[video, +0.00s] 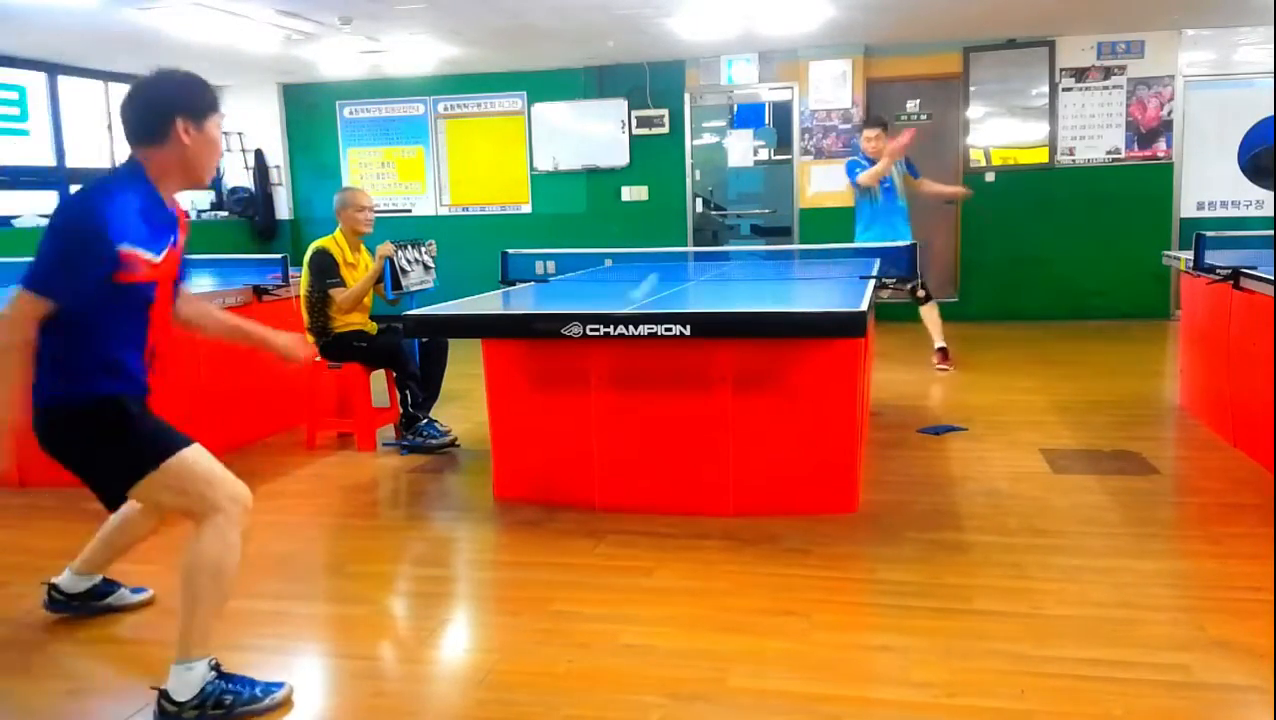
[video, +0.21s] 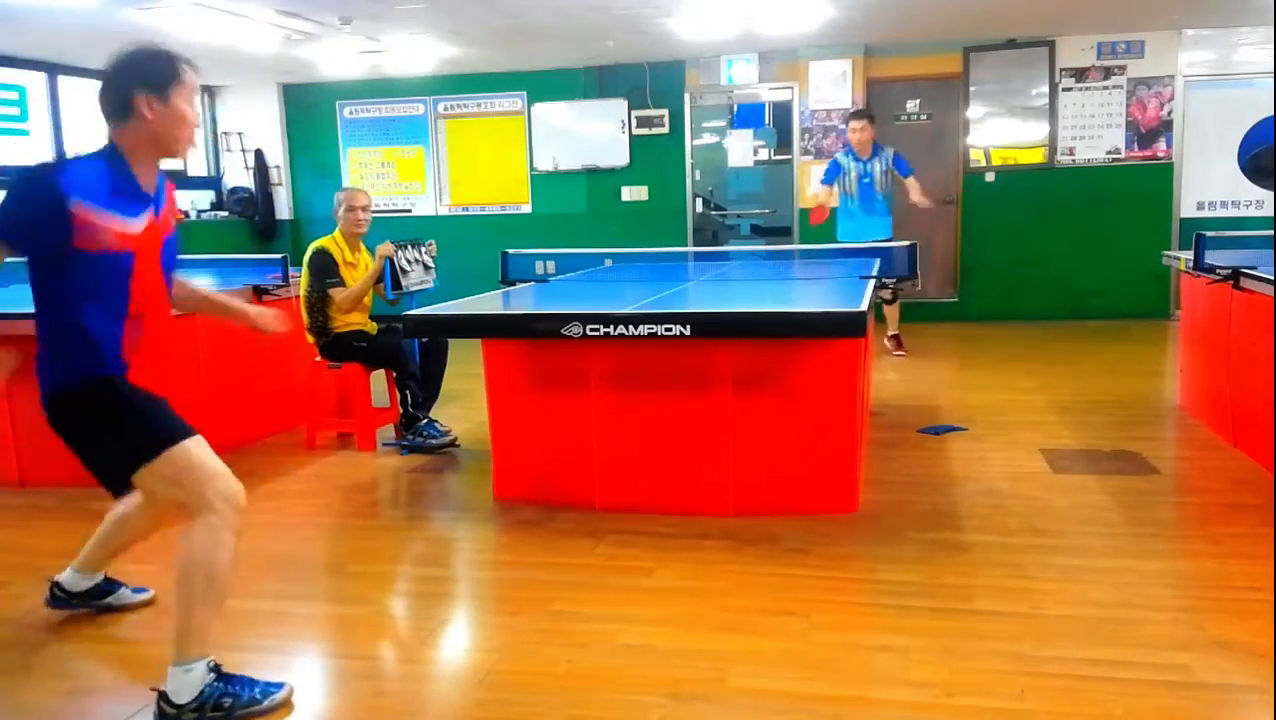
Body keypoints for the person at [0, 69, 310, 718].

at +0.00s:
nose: (221, 145)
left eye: (220, 131)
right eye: (216, 130)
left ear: (175, 134)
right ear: (181, 132)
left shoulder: (169, 218)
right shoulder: (96, 208)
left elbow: (181, 306)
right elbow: (19, 317)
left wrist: (269, 337)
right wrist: (10, 431)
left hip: (115, 402)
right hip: (82, 407)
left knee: (167, 495)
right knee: (227, 502)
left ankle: (74, 584)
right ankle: (191, 680)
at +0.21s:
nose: (197, 118)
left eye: (197, 103)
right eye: (190, 103)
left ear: (148, 109)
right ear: (146, 106)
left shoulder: (159, 196)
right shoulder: (54, 188)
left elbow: (172, 288)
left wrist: (248, 313)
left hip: (110, 380)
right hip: (81, 385)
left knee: (169, 493)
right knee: (219, 498)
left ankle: (77, 581)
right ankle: (189, 682)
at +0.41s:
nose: (124, 62)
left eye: (121, 50)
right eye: (115, 51)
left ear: (59, 62)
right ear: (75, 58)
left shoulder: (19, 133)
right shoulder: (96, 104)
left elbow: (7, 252)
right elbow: (208, 84)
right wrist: (263, 79)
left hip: (51, 345)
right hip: (112, 337)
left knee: (119, 429)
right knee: (216, 490)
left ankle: (54, 552)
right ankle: (110, 631)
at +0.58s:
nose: (108, 121)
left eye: (103, 109)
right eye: (102, 109)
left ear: (32, 126)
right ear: (77, 116)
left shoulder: (6, 197)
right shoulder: (129, 183)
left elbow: (8, 307)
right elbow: (173, 278)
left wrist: (5, 394)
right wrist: (96, 278)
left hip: (45, 400)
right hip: (134, 394)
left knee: (42, 491)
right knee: (256, 501)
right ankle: (262, 642)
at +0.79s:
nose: (158, 80)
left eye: (154, 67)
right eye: (154, 67)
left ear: (89, 78)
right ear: (133, 72)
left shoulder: (50, 160)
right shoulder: (162, 141)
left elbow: (10, 262)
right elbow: (234, 229)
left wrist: (44, 337)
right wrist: (269, 295)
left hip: (99, 367)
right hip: (181, 362)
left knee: (92, 479)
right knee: (288, 481)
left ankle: (15, 598)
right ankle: (265, 644)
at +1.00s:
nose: (269, 80)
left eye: (265, 66)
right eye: (264, 66)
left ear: (197, 76)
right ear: (243, 72)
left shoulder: (153, 147)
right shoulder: (234, 147)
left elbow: (113, 260)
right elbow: (262, 261)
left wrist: (185, 304)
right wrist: (341, 337)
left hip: (145, 369)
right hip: (204, 369)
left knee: (232, 484)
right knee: (314, 503)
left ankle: (167, 619)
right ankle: (323, 687)